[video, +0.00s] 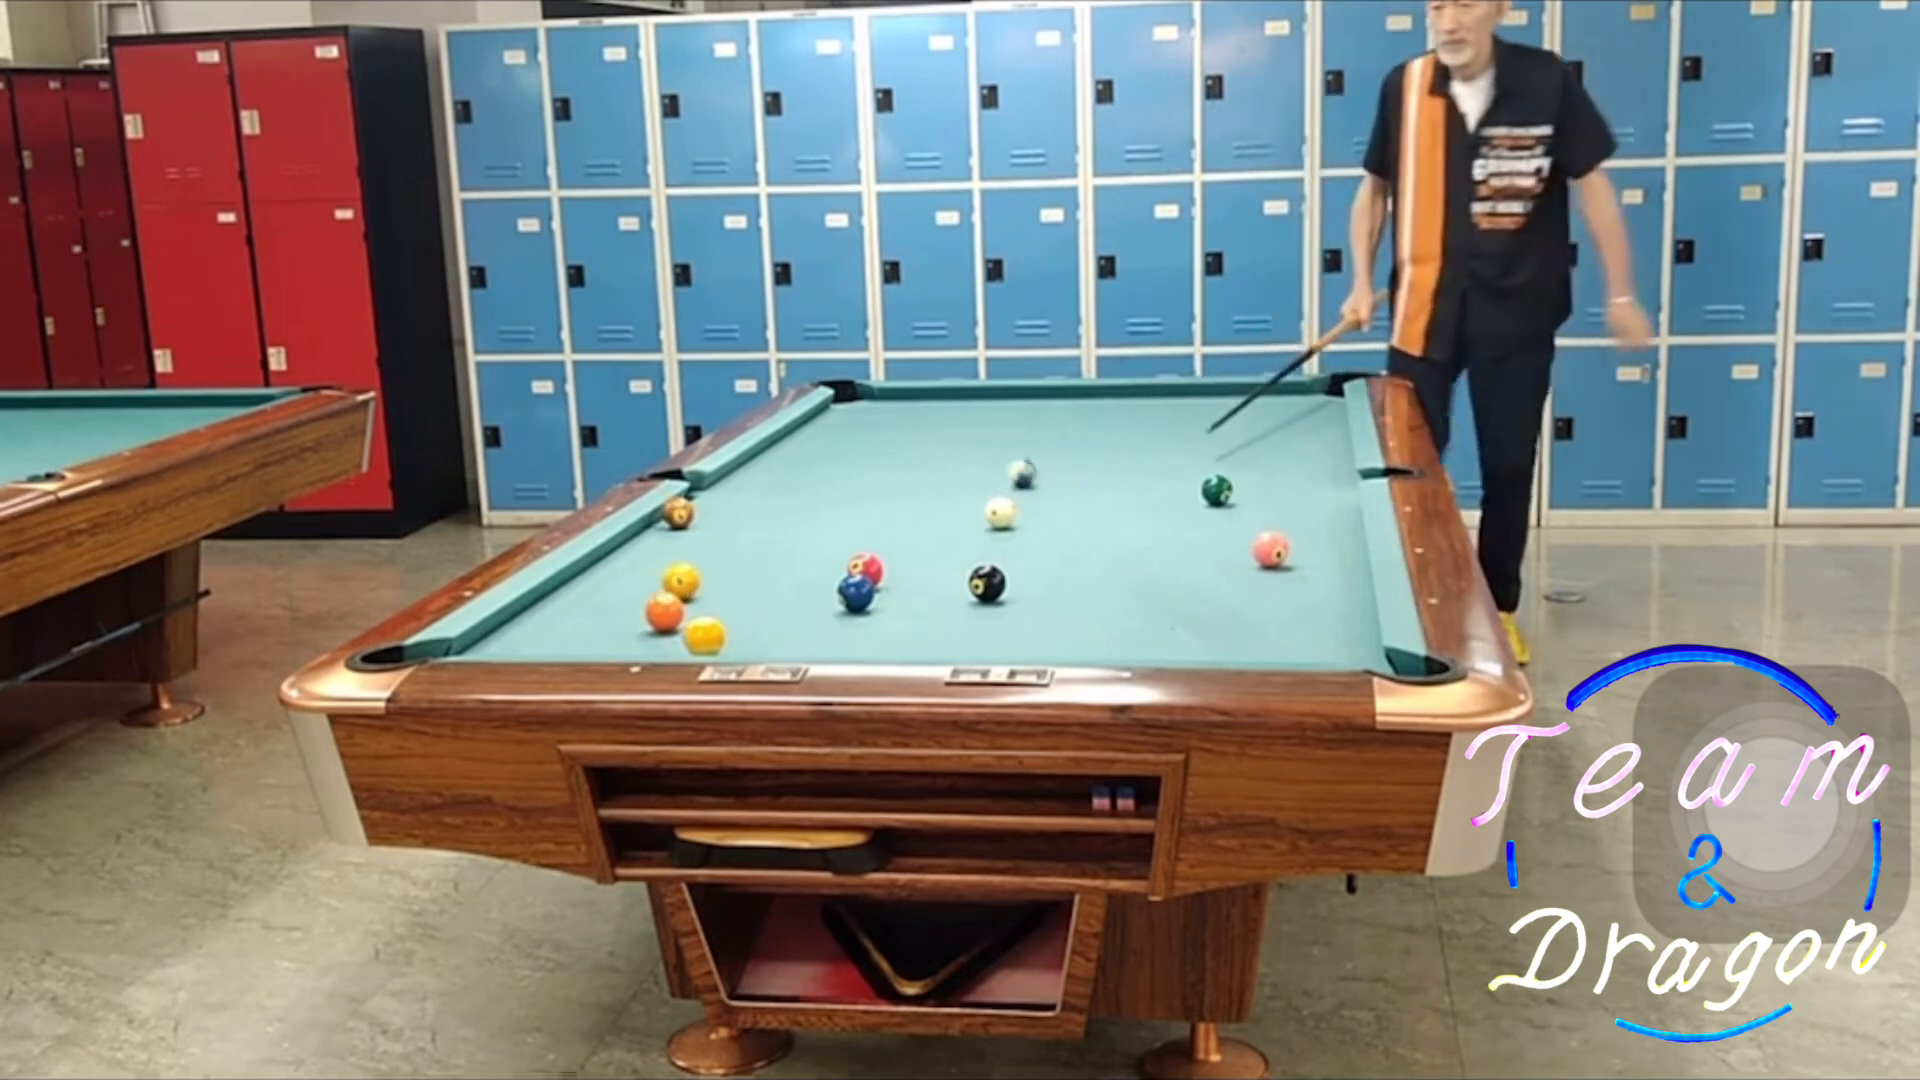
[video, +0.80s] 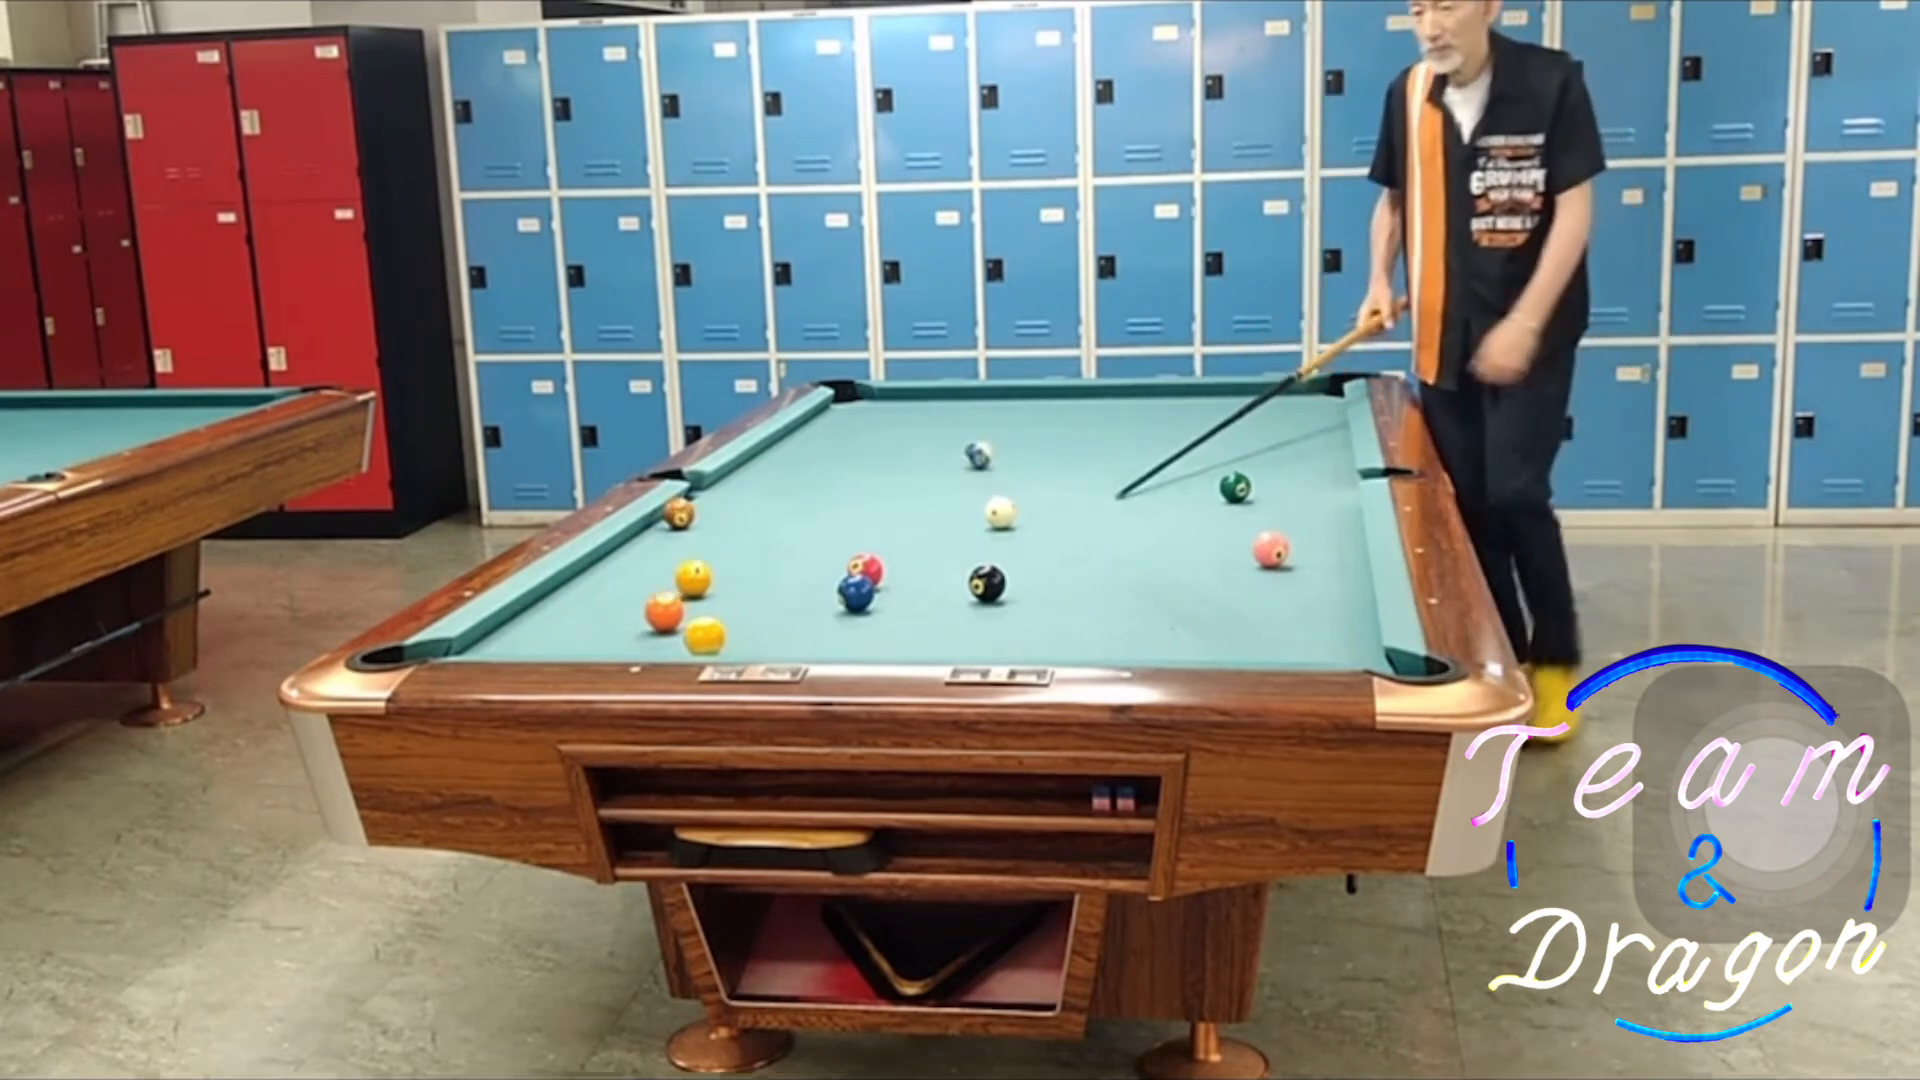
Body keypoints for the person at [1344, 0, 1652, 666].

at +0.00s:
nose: (1447, 21)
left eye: (1465, 7)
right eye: (1437, 8)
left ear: (1500, 13)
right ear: (1427, 16)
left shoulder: (1549, 82)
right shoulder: (1406, 86)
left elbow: (1595, 190)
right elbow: (1374, 191)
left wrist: (1621, 296)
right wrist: (1362, 283)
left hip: (1516, 314)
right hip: (1426, 309)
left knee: (1509, 470)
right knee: (1410, 464)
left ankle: (1495, 613)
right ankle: (1399, 608)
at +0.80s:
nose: (1429, 25)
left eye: (1446, 9)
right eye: (1418, 12)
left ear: (1489, 10)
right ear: (1411, 18)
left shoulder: (1551, 81)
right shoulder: (1407, 93)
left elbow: (1575, 213)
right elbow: (1392, 197)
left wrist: (1526, 322)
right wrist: (1379, 279)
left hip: (1532, 331)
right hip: (1444, 333)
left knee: (1513, 494)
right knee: (1466, 508)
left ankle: (1556, 667)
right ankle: (1501, 668)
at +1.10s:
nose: (1374, 61)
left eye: (1388, 41)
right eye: (1364, 48)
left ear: (1439, 32)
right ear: (1361, 56)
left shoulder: (1501, 102)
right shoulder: (1412, 114)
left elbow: (1508, 247)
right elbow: (1435, 247)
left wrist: (1414, 355)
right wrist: (1413, 343)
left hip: (1514, 334)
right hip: (1457, 331)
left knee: (1480, 502)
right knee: (1449, 497)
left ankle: (1506, 655)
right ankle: (1473, 648)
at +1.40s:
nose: (1318, 114)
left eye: (1327, 91)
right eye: (1309, 98)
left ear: (1378, 72)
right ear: (1362, 81)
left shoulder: (1443, 129)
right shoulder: (1390, 129)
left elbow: (1410, 280)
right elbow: (1433, 224)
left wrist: (1336, 398)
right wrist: (1434, 297)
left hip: (1535, 336)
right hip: (1486, 333)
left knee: (1486, 505)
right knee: (1485, 503)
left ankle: (1526, 670)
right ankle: (1519, 662)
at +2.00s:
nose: (1301, 216)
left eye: (1307, 197)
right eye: (1293, 202)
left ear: (1357, 171)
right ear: (1354, 170)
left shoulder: (1425, 206)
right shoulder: (1395, 171)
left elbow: (1351, 356)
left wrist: (1253, 452)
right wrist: (1451, 318)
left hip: (1563, 355)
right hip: (1519, 353)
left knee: (1502, 536)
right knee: (1492, 525)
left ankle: (1521, 689)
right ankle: (1527, 668)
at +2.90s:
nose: (1318, 332)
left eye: (1326, 315)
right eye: (1310, 318)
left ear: (1379, 292)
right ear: (1371, 280)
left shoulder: (1440, 324)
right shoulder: (1417, 240)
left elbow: (1343, 413)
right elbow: (1506, 209)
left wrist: (1218, 469)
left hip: (1634, 373)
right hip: (1624, 346)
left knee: (1510, 540)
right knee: (1546, 530)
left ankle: (1510, 708)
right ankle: (1606, 690)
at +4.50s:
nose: (1324, 362)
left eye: (1331, 346)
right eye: (1317, 348)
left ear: (1380, 318)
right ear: (1370, 303)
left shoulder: (1443, 341)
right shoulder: (1411, 257)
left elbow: (1348, 433)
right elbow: (1504, 230)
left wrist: (1221, 472)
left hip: (1633, 378)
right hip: (1614, 353)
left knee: (1508, 544)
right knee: (1539, 536)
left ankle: (1510, 707)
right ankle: (1607, 693)